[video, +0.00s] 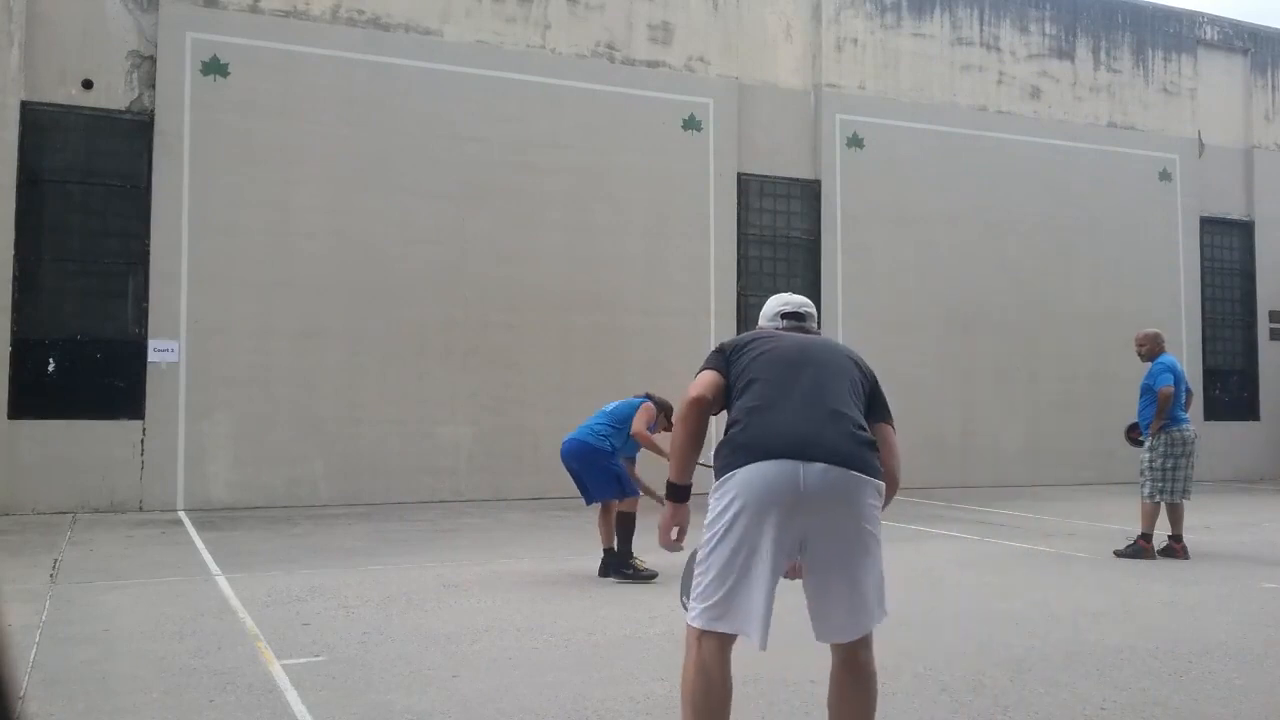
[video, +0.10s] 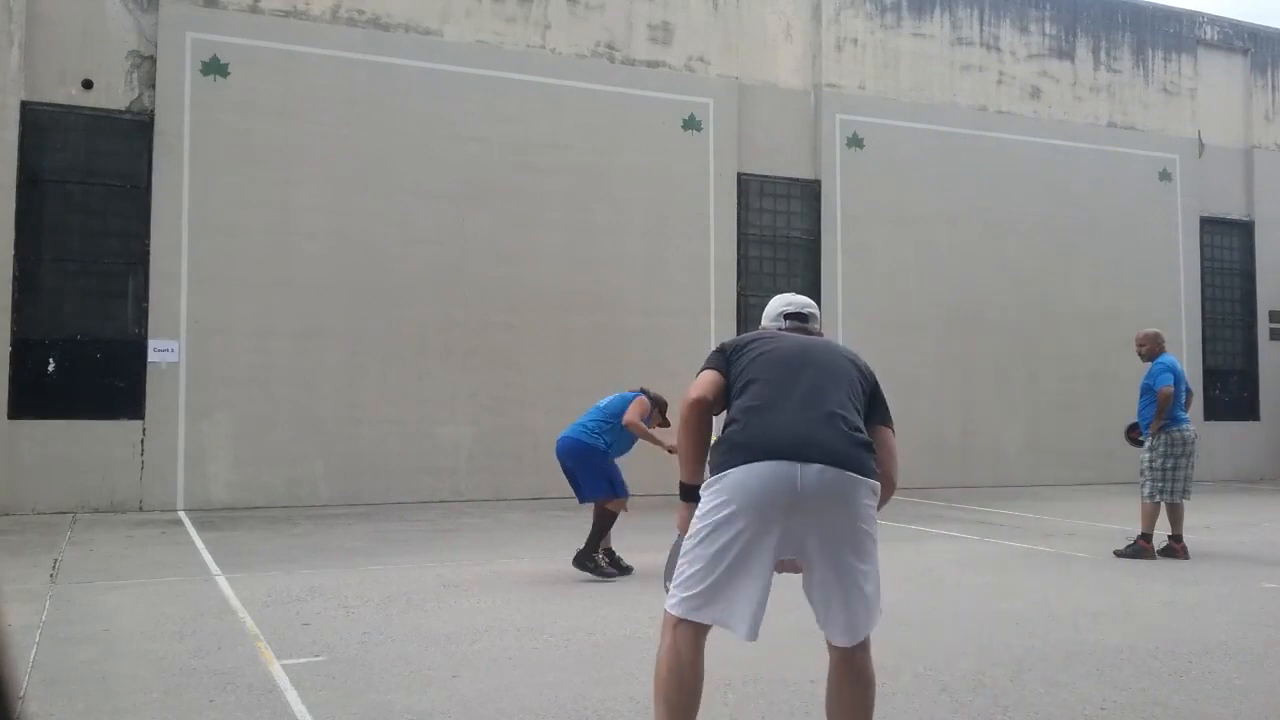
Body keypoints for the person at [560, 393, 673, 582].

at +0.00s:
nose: (659, 432)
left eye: (663, 430)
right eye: (663, 426)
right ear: (661, 413)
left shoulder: (629, 435)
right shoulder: (648, 406)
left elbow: (629, 473)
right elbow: (638, 432)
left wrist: (656, 497)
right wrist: (668, 456)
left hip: (571, 449)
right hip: (592, 449)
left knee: (608, 502)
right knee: (630, 496)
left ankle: (609, 560)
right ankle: (624, 560)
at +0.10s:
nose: (653, 426)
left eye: (657, 424)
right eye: (657, 421)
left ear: (652, 407)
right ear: (654, 408)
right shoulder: (642, 400)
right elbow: (630, 421)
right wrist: (662, 444)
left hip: (571, 444)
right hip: (586, 446)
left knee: (603, 500)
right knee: (618, 499)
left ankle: (605, 552)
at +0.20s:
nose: (649, 419)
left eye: (653, 417)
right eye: (651, 414)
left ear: (645, 403)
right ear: (648, 401)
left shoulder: (612, 398)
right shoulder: (635, 393)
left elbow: (591, 445)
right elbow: (626, 411)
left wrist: (606, 480)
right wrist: (661, 429)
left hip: (565, 443)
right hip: (580, 445)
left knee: (595, 505)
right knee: (592, 507)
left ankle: (604, 557)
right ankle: (562, 563)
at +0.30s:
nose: (642, 413)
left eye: (645, 410)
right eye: (643, 407)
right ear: (638, 394)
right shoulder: (623, 384)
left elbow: (603, 451)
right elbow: (625, 397)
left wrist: (630, 476)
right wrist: (659, 404)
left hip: (559, 443)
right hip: (573, 445)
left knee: (585, 502)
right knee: (589, 506)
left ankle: (582, 548)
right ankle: (561, 564)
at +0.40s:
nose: (637, 410)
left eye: (640, 407)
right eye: (639, 403)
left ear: (632, 393)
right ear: (635, 393)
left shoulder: (613, 418)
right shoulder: (616, 389)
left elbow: (615, 453)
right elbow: (625, 372)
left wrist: (644, 480)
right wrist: (662, 373)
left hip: (552, 444)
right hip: (569, 447)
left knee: (569, 498)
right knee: (587, 505)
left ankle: (562, 549)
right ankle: (561, 565)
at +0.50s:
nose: (638, 404)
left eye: (641, 399)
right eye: (641, 397)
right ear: (635, 389)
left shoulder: (613, 416)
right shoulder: (613, 385)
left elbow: (612, 451)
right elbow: (615, 356)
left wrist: (621, 478)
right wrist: (651, 352)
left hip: (546, 442)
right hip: (564, 446)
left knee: (556, 499)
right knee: (582, 504)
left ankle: (555, 552)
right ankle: (562, 563)